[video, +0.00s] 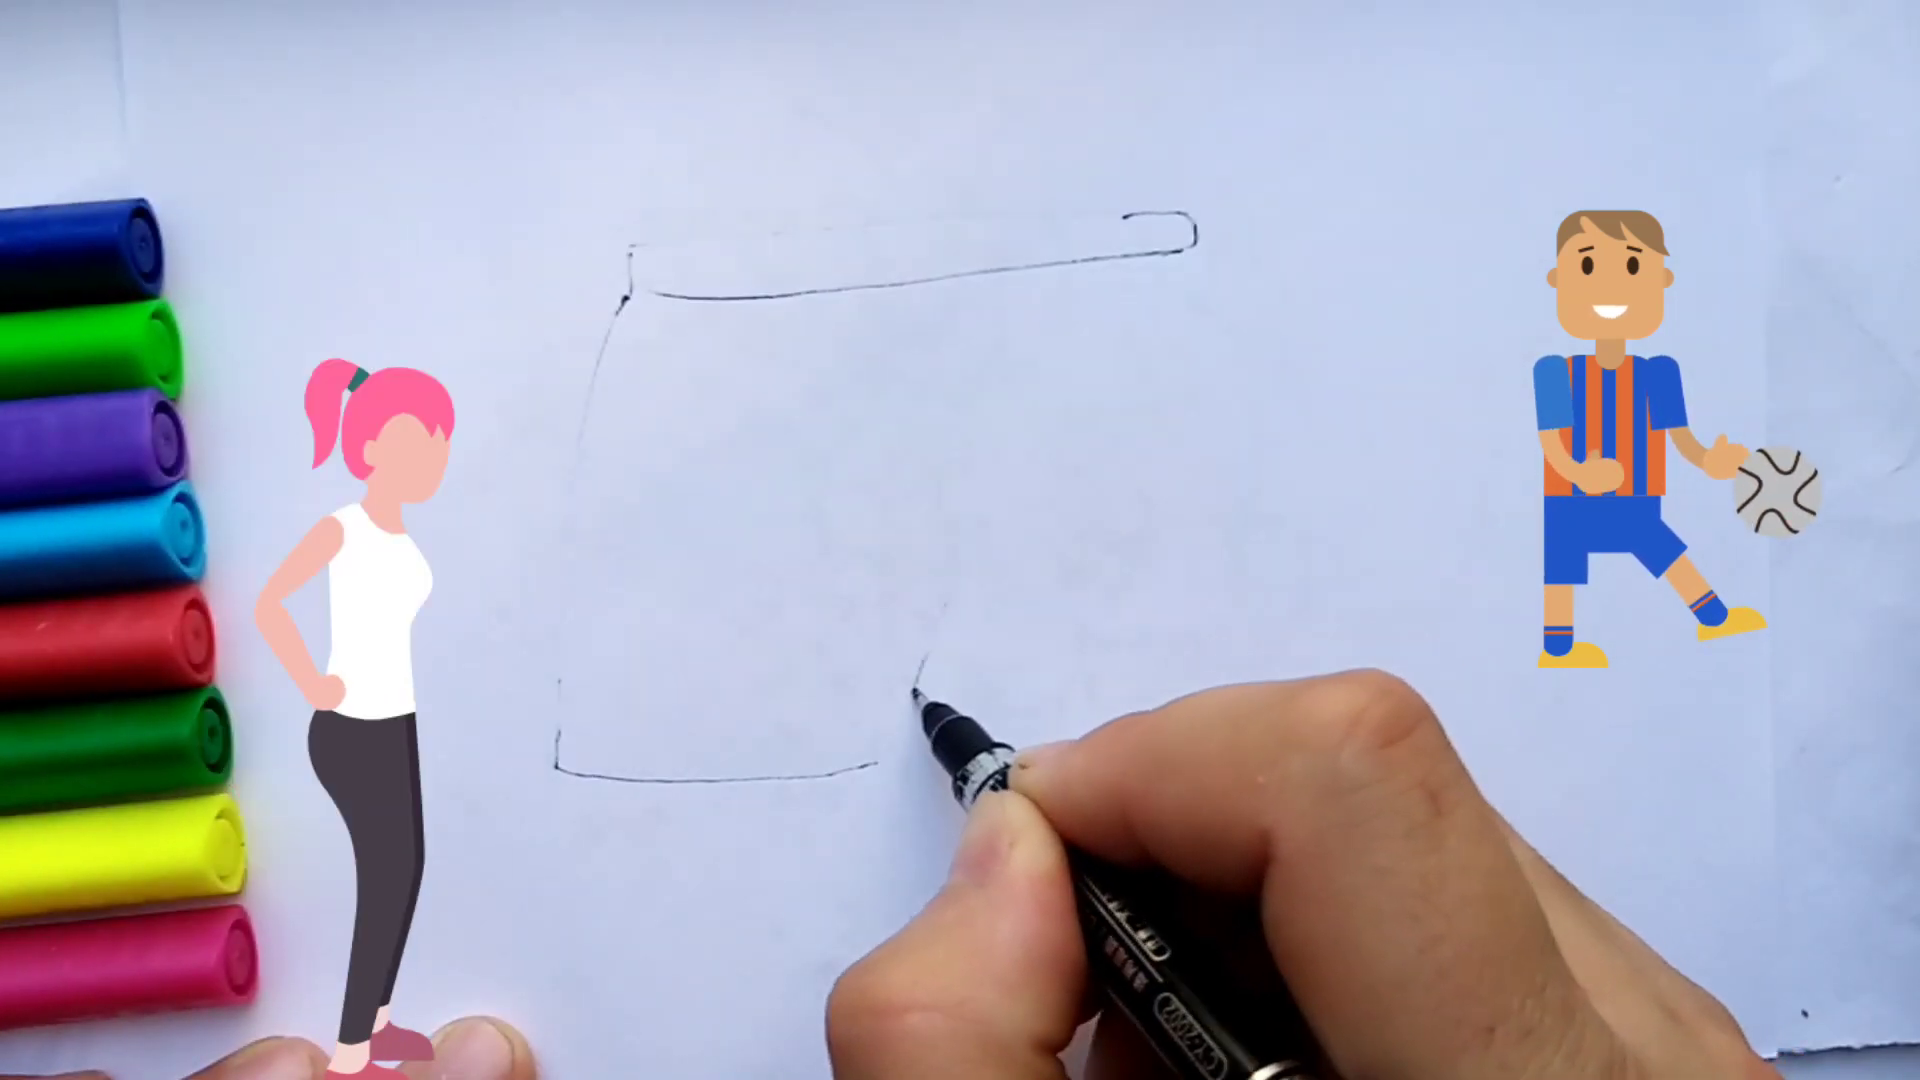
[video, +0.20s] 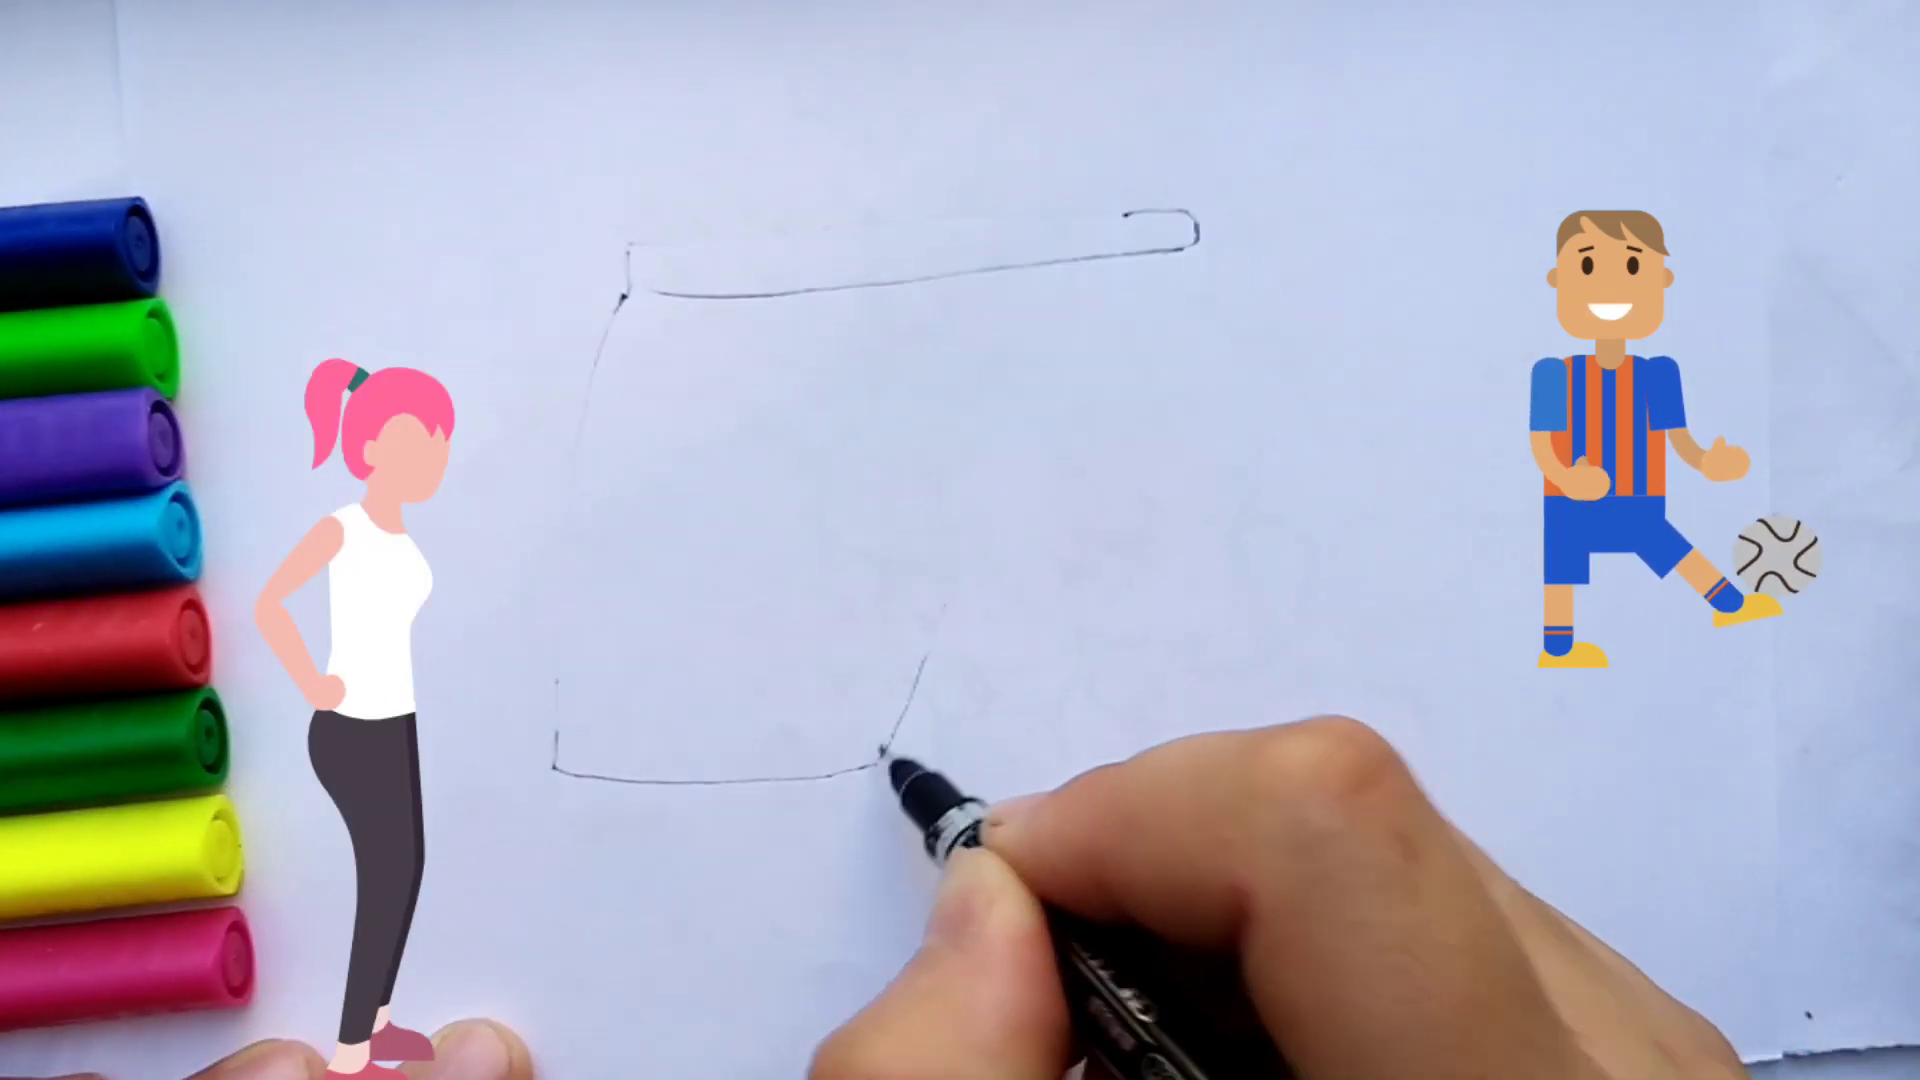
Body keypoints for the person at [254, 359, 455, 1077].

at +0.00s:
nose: (435, 456)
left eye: (439, 440)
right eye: (419, 438)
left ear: (441, 451)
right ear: (374, 447)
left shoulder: (404, 536)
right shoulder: (344, 529)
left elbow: (385, 623)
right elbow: (268, 606)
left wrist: (395, 687)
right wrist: (312, 684)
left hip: (397, 731)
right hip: (353, 732)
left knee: (405, 871)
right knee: (386, 877)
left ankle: (374, 1018)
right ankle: (349, 1052)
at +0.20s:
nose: (435, 456)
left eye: (439, 440)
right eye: (419, 438)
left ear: (441, 451)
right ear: (374, 447)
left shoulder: (404, 536)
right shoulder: (344, 528)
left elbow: (384, 622)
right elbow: (268, 605)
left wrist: (395, 686)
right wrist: (312, 684)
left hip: (397, 731)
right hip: (353, 732)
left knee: (406, 871)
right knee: (386, 877)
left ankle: (374, 1018)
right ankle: (349, 1051)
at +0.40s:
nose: (405, 587)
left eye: (405, 570)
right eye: (387, 570)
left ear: (406, 578)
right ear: (343, 579)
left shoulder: (363, 661)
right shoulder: (313, 655)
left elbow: (321, 738)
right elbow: (214, 712)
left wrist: (316, 799)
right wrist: (250, 791)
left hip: (305, 842)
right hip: (264, 850)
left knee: (393, 864)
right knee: (392, 874)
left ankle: (342, 1019)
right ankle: (352, 1058)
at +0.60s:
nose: (439, 455)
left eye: (441, 440)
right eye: (424, 437)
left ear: (438, 450)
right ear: (376, 446)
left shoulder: (403, 534)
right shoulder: (344, 528)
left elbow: (383, 622)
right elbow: (268, 605)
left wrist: (393, 685)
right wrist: (312, 684)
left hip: (397, 730)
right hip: (354, 732)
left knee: (405, 873)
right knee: (387, 878)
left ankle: (375, 1021)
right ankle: (349, 1051)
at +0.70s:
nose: (438, 456)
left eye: (441, 440)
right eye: (423, 438)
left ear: (439, 450)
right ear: (375, 446)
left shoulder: (403, 534)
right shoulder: (344, 528)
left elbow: (383, 623)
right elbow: (268, 605)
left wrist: (393, 685)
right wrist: (312, 684)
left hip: (397, 730)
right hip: (354, 732)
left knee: (405, 873)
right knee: (387, 878)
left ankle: (375, 1020)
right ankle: (349, 1050)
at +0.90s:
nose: (402, 588)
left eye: (403, 572)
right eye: (385, 571)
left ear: (405, 580)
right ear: (343, 578)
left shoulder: (363, 660)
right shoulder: (312, 656)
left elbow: (320, 738)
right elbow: (213, 713)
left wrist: (313, 795)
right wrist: (249, 790)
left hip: (306, 842)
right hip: (263, 851)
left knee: (391, 865)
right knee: (392, 872)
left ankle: (340, 1023)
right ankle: (351, 1056)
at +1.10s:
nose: (437, 456)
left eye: (440, 441)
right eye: (422, 439)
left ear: (440, 450)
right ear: (375, 447)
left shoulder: (404, 535)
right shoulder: (343, 529)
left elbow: (384, 623)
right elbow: (268, 605)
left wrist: (394, 686)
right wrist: (312, 684)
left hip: (397, 731)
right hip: (353, 733)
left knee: (405, 873)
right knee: (387, 878)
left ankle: (373, 1021)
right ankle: (349, 1051)